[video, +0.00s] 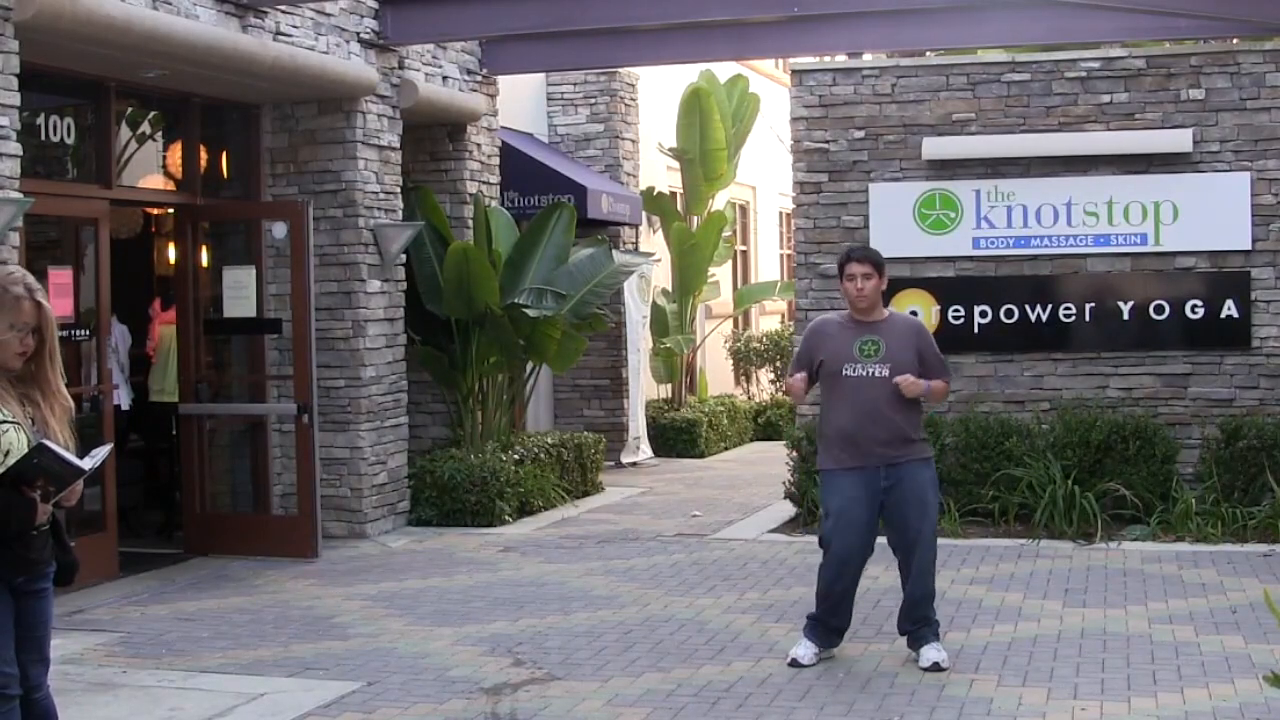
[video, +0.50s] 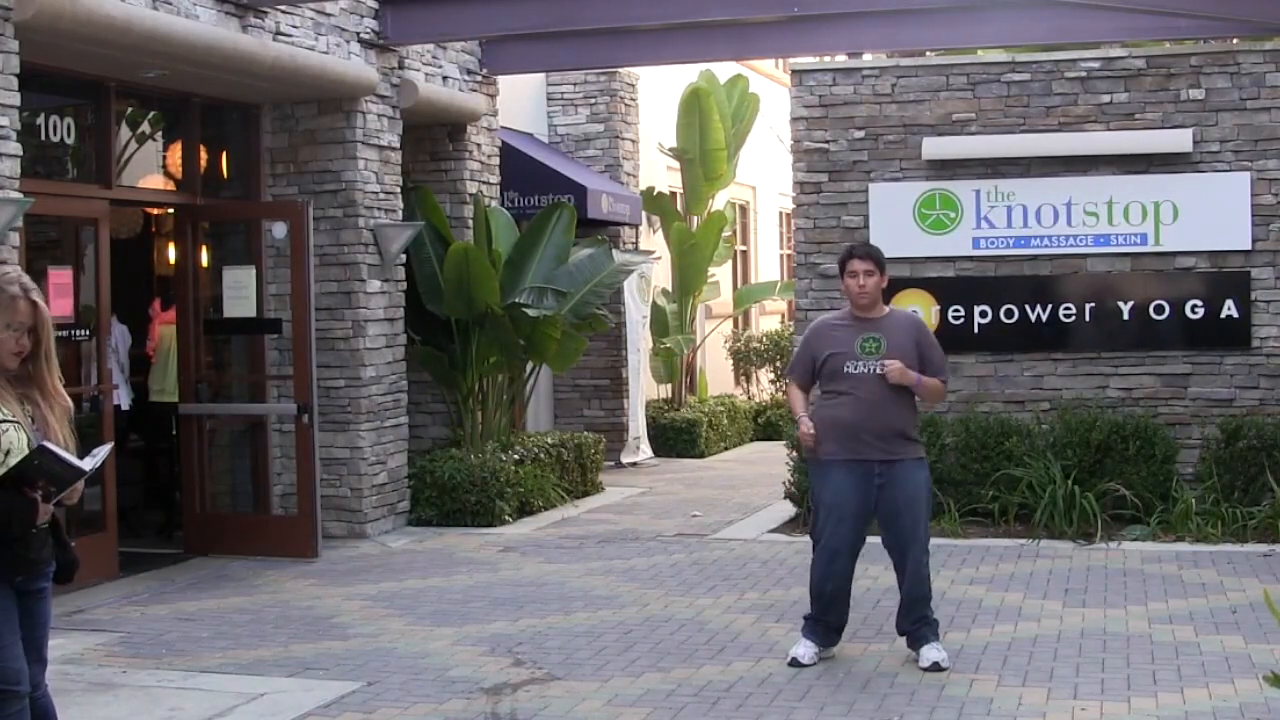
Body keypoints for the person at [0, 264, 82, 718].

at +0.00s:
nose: (27, 341)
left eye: (33, 330)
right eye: (15, 330)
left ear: (41, 333)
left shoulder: (45, 396)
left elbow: (62, 472)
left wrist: (69, 492)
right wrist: (24, 506)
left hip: (36, 561)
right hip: (3, 561)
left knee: (35, 684)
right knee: (8, 688)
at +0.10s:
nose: (27, 342)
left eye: (33, 331)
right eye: (16, 330)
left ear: (41, 333)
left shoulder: (43, 396)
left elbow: (65, 482)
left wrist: (69, 491)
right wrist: (23, 509)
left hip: (37, 559)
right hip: (2, 560)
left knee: (35, 685)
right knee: (9, 690)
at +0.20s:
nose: (26, 342)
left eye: (33, 331)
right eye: (16, 330)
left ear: (41, 334)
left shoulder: (44, 397)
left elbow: (66, 484)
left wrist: (69, 491)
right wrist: (23, 510)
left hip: (37, 560)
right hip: (2, 561)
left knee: (35, 684)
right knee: (11, 689)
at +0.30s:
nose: (26, 342)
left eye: (32, 331)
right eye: (15, 331)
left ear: (40, 334)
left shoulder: (44, 396)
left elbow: (66, 484)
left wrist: (69, 490)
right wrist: (23, 510)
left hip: (37, 558)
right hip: (3, 559)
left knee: (35, 684)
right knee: (12, 687)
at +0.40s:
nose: (24, 342)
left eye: (31, 331)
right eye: (14, 330)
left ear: (40, 334)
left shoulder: (45, 397)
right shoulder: (4, 398)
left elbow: (64, 478)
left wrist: (69, 491)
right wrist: (24, 509)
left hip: (37, 558)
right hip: (2, 559)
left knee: (35, 682)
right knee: (13, 687)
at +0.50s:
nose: (22, 341)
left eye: (29, 330)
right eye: (12, 329)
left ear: (38, 333)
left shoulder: (47, 396)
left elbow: (67, 479)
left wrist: (66, 490)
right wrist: (23, 508)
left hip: (37, 556)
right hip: (2, 557)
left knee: (35, 682)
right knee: (14, 686)